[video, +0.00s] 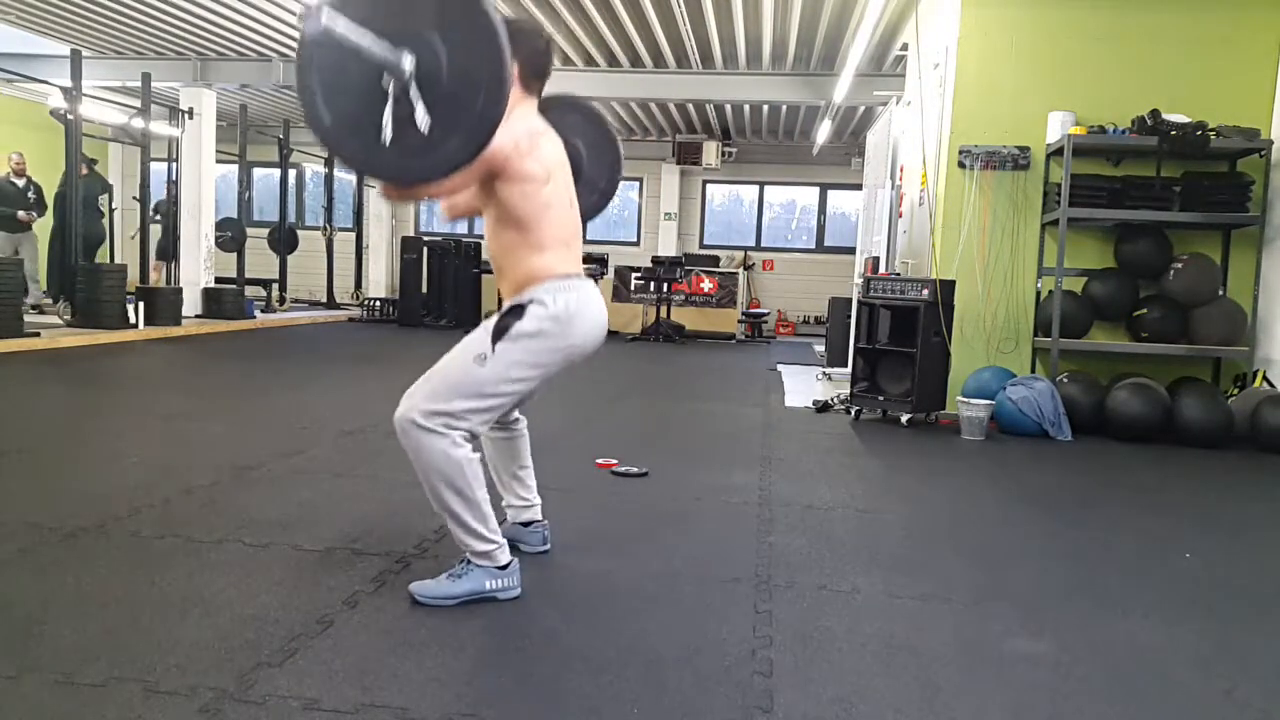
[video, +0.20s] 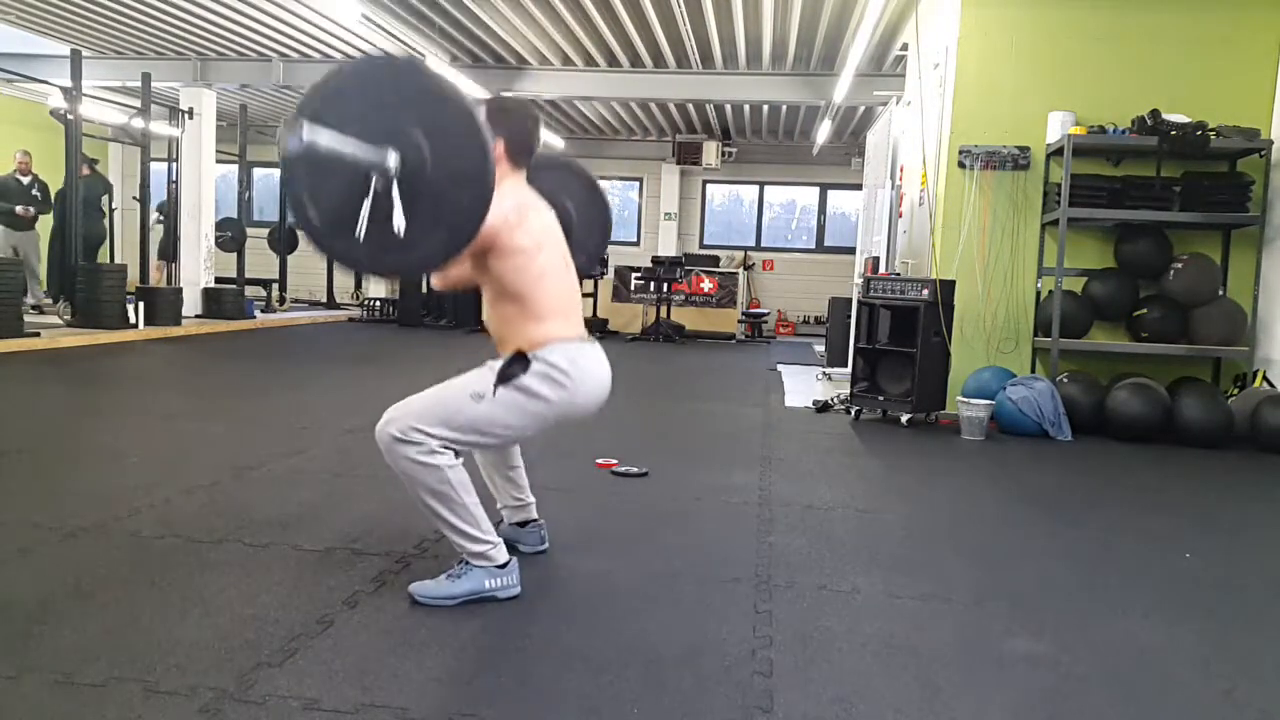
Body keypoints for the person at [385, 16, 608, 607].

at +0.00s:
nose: (477, 74)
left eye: (486, 64)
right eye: (480, 63)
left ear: (508, 70)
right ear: (532, 75)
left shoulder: (508, 131)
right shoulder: (543, 136)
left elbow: (416, 187)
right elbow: (457, 205)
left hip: (546, 309)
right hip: (577, 304)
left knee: (424, 416)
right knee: (495, 408)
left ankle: (488, 564)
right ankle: (526, 521)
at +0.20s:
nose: (467, 150)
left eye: (476, 139)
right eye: (471, 138)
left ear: (498, 148)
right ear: (520, 151)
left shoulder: (494, 208)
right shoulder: (536, 205)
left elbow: (435, 270)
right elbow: (448, 278)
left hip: (549, 372)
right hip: (585, 366)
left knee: (404, 430)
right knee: (471, 403)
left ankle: (487, 564)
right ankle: (523, 523)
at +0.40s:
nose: (452, 205)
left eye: (461, 195)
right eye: (454, 194)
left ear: (487, 208)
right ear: (495, 211)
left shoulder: (489, 265)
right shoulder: (528, 258)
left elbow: (425, 326)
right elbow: (473, 328)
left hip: (552, 424)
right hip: (584, 411)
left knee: (400, 434)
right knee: (462, 399)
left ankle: (489, 565)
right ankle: (522, 523)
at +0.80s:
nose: (463, 117)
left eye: (474, 107)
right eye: (468, 105)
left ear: (500, 121)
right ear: (511, 125)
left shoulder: (492, 176)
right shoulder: (529, 178)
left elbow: (401, 238)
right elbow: (448, 254)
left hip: (539, 344)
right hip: (575, 336)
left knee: (401, 429)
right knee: (477, 406)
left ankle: (487, 563)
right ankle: (522, 521)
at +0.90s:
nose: (474, 63)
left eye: (486, 53)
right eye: (479, 51)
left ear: (511, 72)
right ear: (522, 76)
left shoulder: (498, 132)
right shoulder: (537, 135)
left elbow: (398, 191)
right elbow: (451, 209)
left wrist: (395, 119)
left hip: (526, 305)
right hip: (559, 300)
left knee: (408, 426)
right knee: (485, 410)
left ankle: (490, 564)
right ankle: (525, 522)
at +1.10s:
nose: (489, 13)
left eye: (495, 5)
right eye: (496, 6)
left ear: (516, 5)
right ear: (544, 10)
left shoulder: (506, 62)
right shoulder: (560, 79)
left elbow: (409, 120)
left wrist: (420, 46)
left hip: (485, 238)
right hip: (524, 237)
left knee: (447, 403)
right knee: (496, 396)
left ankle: (491, 561)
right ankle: (525, 521)